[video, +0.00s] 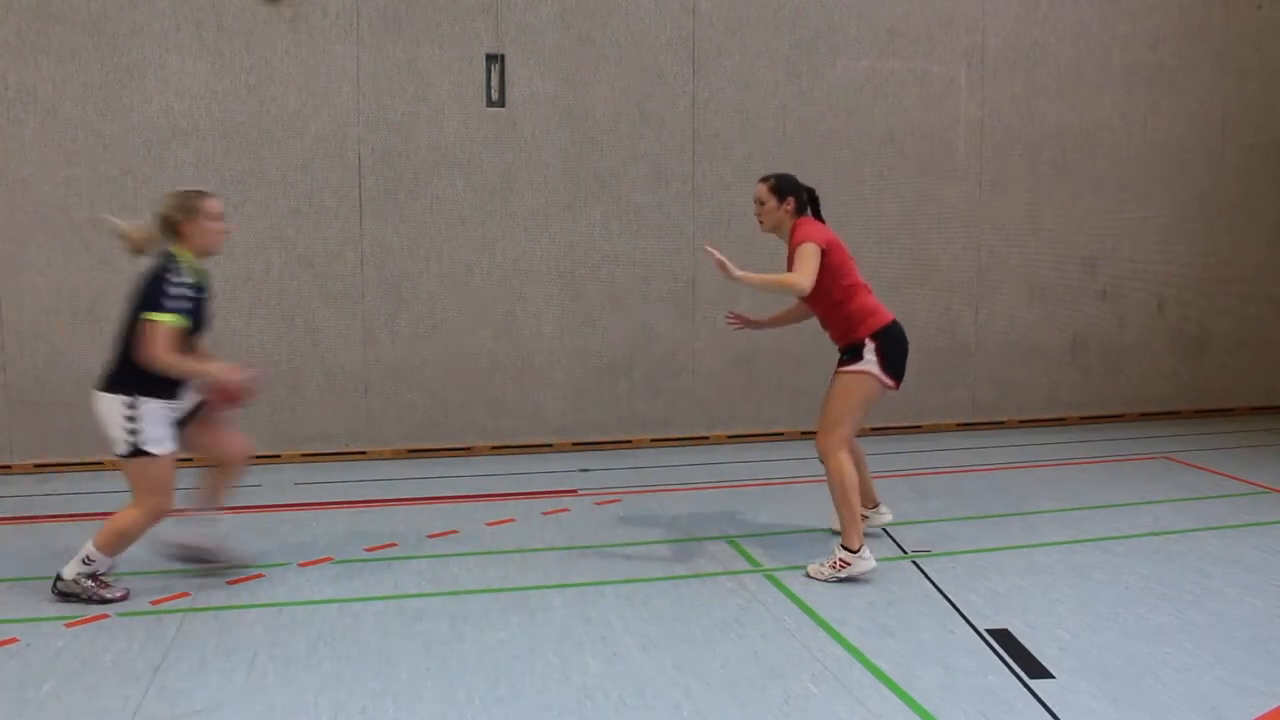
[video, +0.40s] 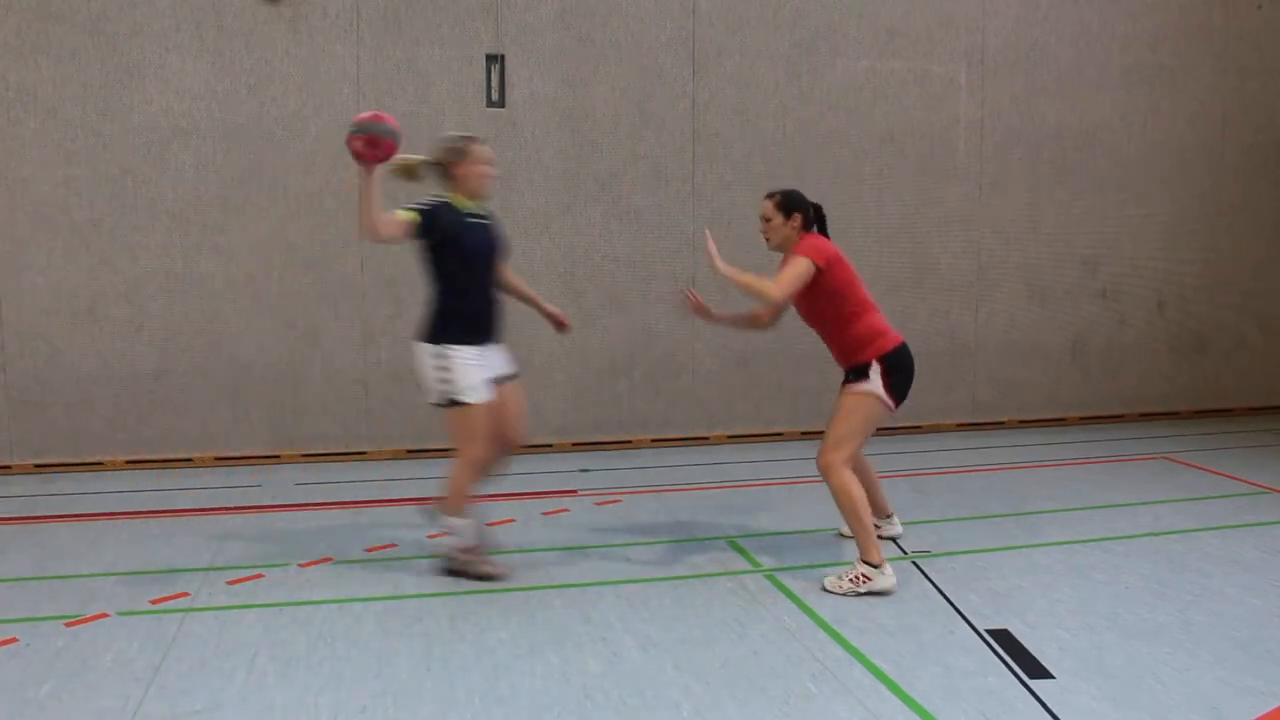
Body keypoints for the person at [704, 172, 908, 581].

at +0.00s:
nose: (755, 212)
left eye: (761, 203)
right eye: (755, 204)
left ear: (788, 204)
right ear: (788, 207)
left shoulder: (808, 232)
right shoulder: (805, 240)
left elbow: (802, 284)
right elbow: (811, 305)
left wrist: (741, 276)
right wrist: (763, 322)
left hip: (872, 341)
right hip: (862, 341)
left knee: (831, 443)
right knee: (840, 432)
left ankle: (853, 550)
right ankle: (869, 506)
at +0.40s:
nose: (762, 229)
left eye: (768, 221)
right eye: (761, 221)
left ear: (795, 221)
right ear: (791, 223)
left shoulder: (813, 247)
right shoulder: (797, 260)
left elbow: (777, 295)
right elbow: (768, 318)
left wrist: (724, 268)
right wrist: (714, 316)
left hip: (881, 362)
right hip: (867, 364)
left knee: (832, 462)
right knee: (843, 450)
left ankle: (874, 566)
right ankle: (883, 520)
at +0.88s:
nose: (761, 248)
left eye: (770, 242)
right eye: (759, 242)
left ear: (794, 249)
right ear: (760, 246)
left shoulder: (800, 272)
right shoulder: (776, 284)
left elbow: (765, 288)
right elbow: (785, 348)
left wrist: (727, 264)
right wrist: (741, 333)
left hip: (848, 399)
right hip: (826, 403)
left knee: (800, 483)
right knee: (823, 486)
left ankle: (858, 582)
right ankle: (892, 504)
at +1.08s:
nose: (785, 252)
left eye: (794, 245)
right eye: (781, 244)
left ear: (813, 251)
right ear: (772, 246)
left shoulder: (823, 279)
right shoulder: (773, 283)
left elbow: (809, 303)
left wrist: (764, 273)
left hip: (852, 408)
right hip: (815, 413)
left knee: (802, 481)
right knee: (835, 495)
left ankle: (849, 583)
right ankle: (893, 500)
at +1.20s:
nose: (798, 256)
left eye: (806, 249)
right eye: (791, 250)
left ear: (818, 254)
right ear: (779, 257)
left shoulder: (831, 285)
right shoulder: (770, 299)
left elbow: (830, 303)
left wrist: (778, 277)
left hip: (863, 413)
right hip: (818, 424)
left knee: (817, 477)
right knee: (845, 497)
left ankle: (850, 582)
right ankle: (894, 497)